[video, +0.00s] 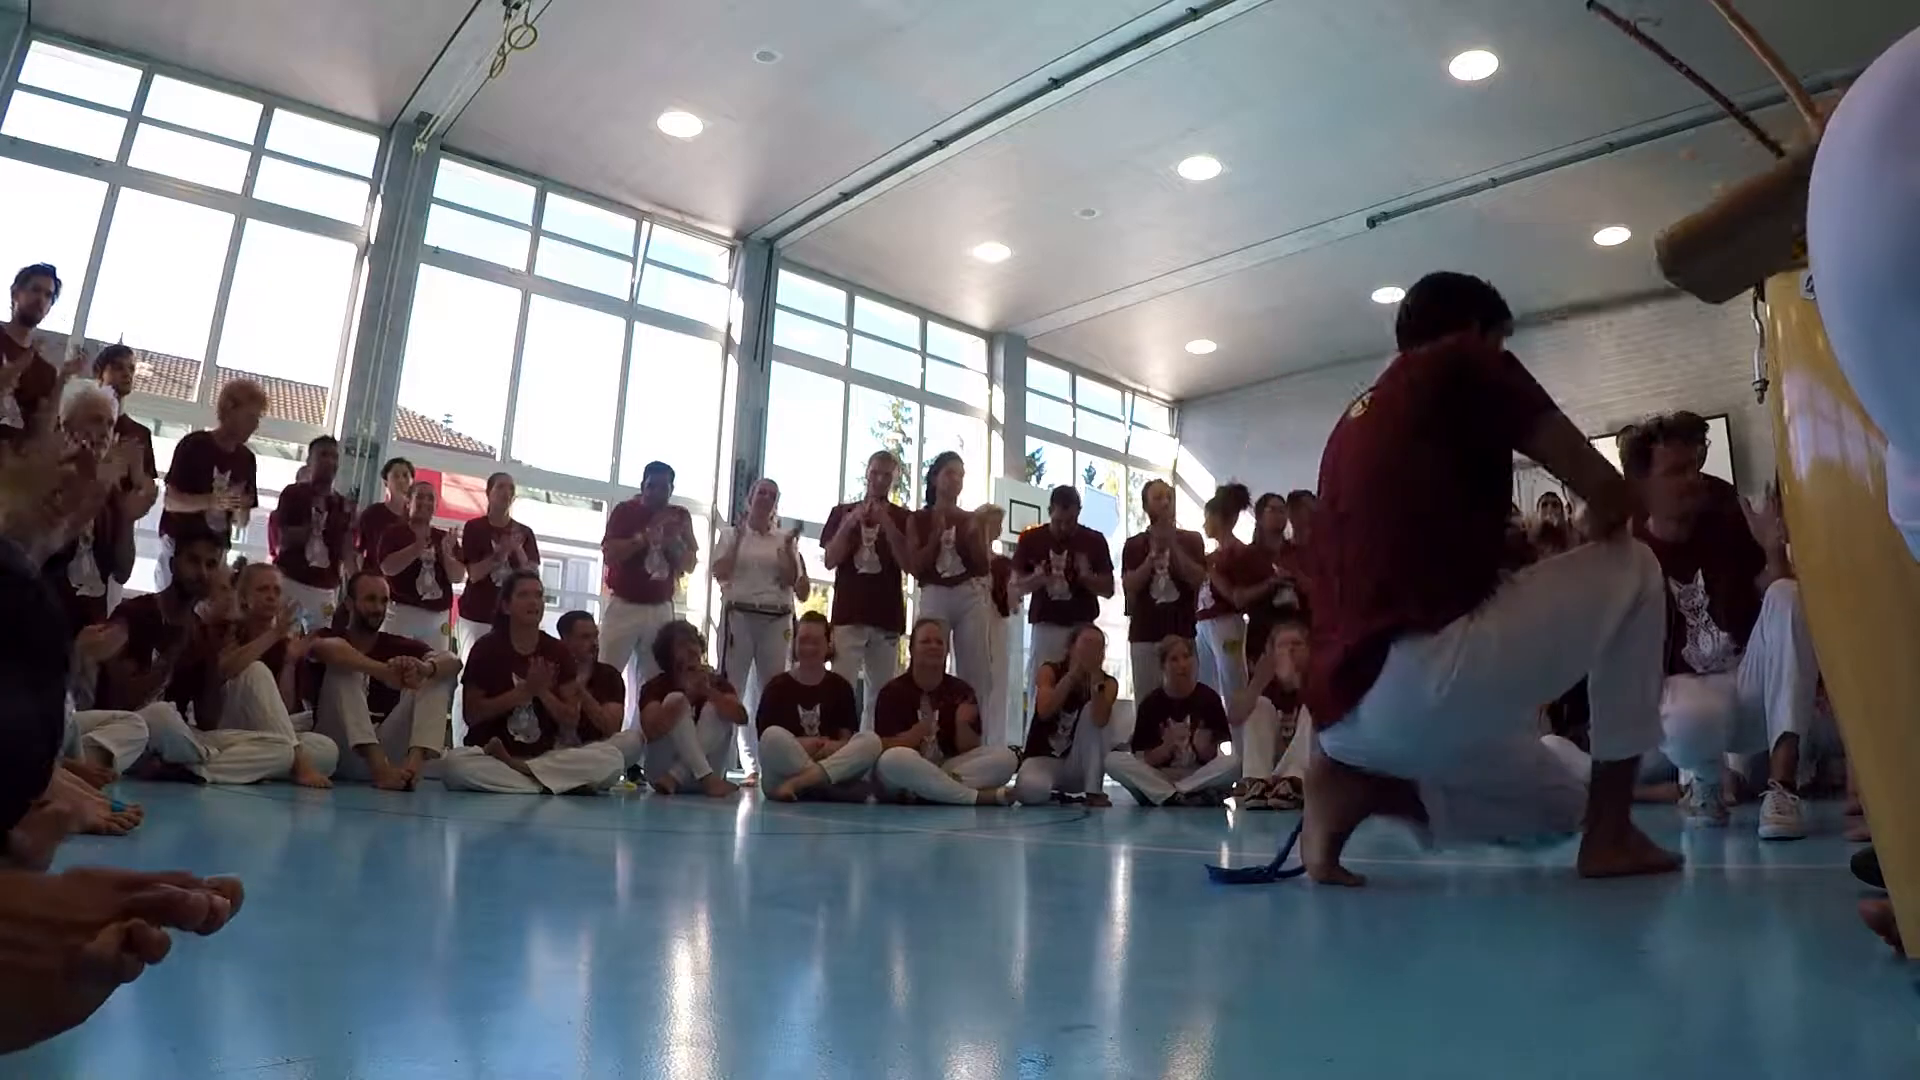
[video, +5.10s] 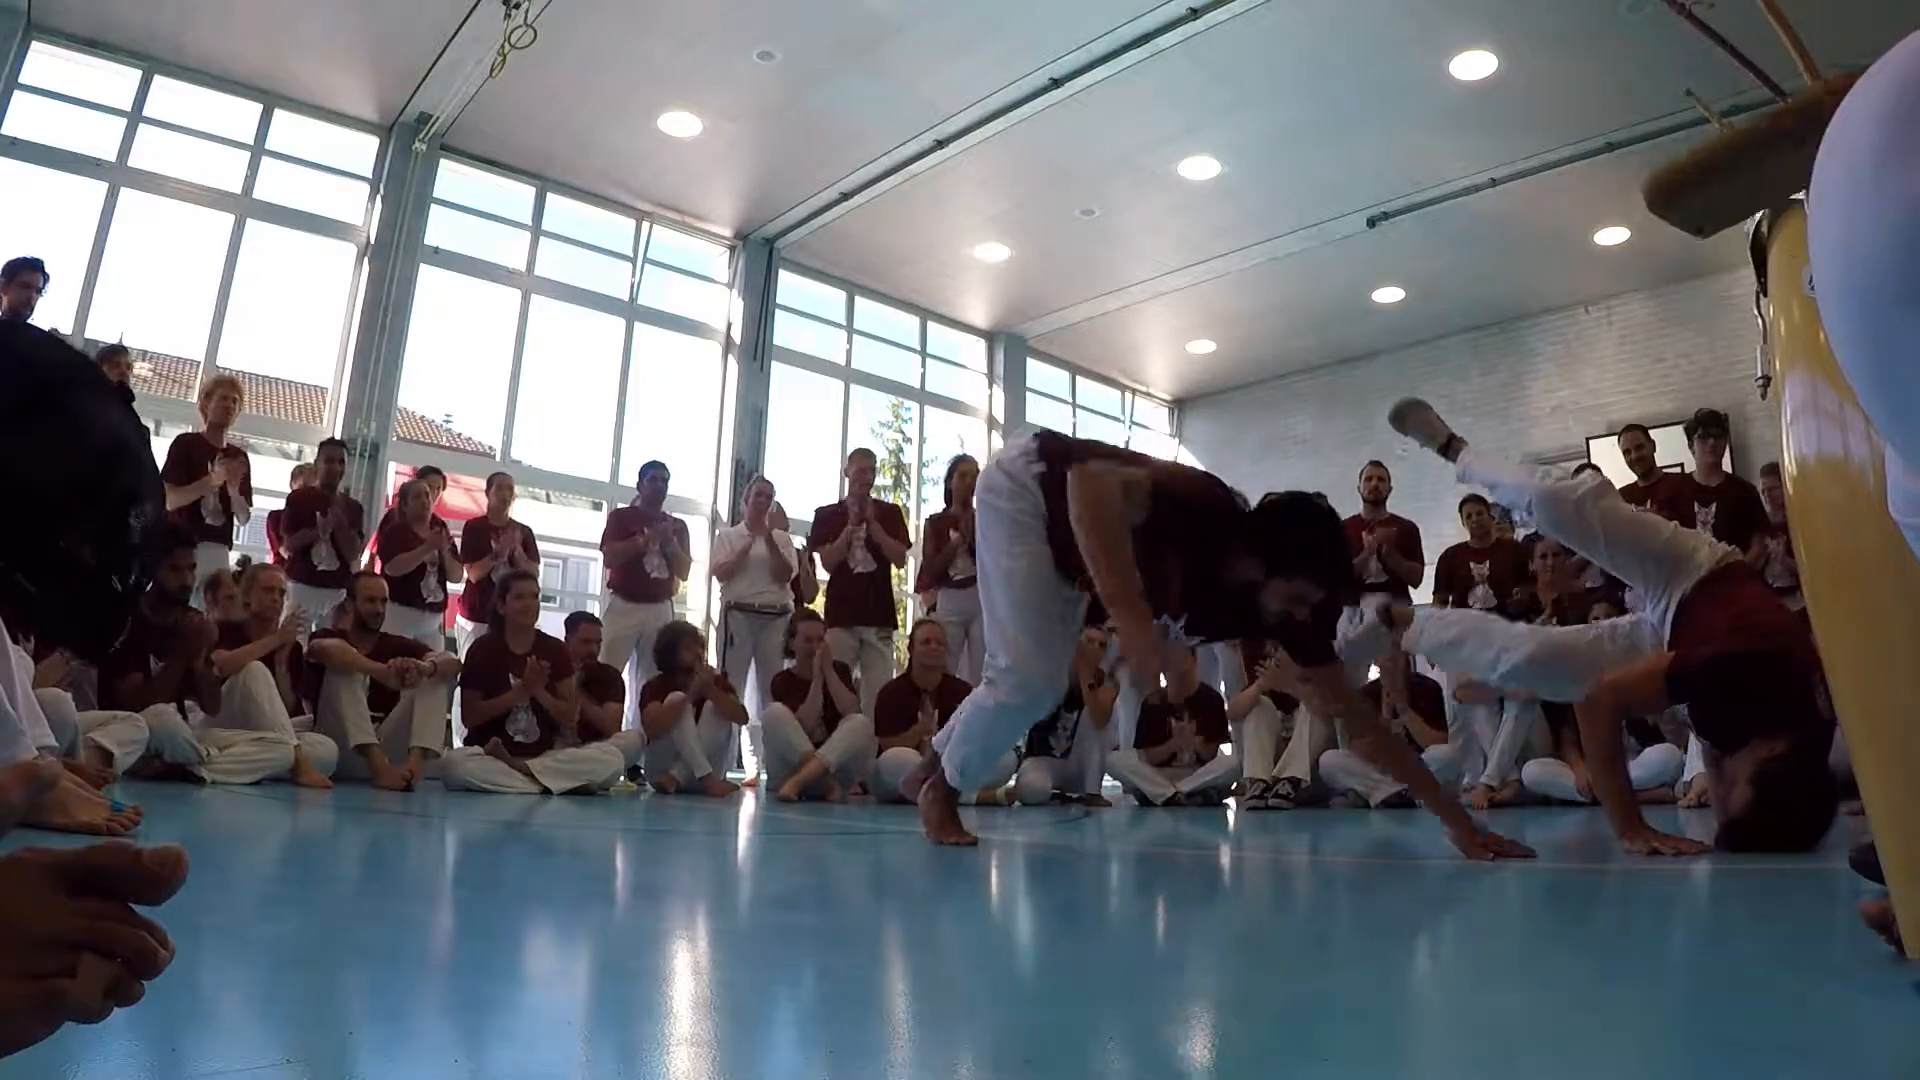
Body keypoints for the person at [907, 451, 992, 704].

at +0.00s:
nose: (955, 479)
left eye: (960, 474)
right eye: (949, 473)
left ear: (963, 481)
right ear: (934, 477)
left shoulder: (972, 520)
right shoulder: (917, 519)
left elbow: (982, 567)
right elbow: (915, 565)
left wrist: (972, 538)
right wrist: (935, 537)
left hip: (970, 594)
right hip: (933, 594)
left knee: (975, 676)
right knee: (929, 673)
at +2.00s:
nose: (961, 475)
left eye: (965, 471)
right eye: (954, 470)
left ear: (969, 480)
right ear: (940, 478)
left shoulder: (979, 518)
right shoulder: (923, 518)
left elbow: (986, 566)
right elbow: (918, 567)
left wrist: (964, 537)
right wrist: (943, 537)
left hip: (974, 597)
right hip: (935, 597)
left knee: (975, 678)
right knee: (931, 675)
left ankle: (974, 748)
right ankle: (930, 746)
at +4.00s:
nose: (962, 479)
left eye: (966, 474)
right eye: (955, 473)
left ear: (971, 480)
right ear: (942, 478)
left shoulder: (981, 519)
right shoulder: (927, 520)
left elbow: (988, 567)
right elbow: (921, 569)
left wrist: (966, 536)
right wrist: (944, 542)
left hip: (976, 598)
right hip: (938, 598)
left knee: (976, 675)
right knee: (933, 673)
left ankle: (976, 737)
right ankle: (932, 737)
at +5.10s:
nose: (969, 482)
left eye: (974, 476)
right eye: (962, 476)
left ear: (979, 481)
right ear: (950, 481)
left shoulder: (985, 520)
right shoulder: (935, 523)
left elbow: (992, 561)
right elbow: (930, 571)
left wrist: (972, 537)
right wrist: (952, 546)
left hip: (980, 591)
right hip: (949, 593)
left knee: (980, 669)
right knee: (945, 668)